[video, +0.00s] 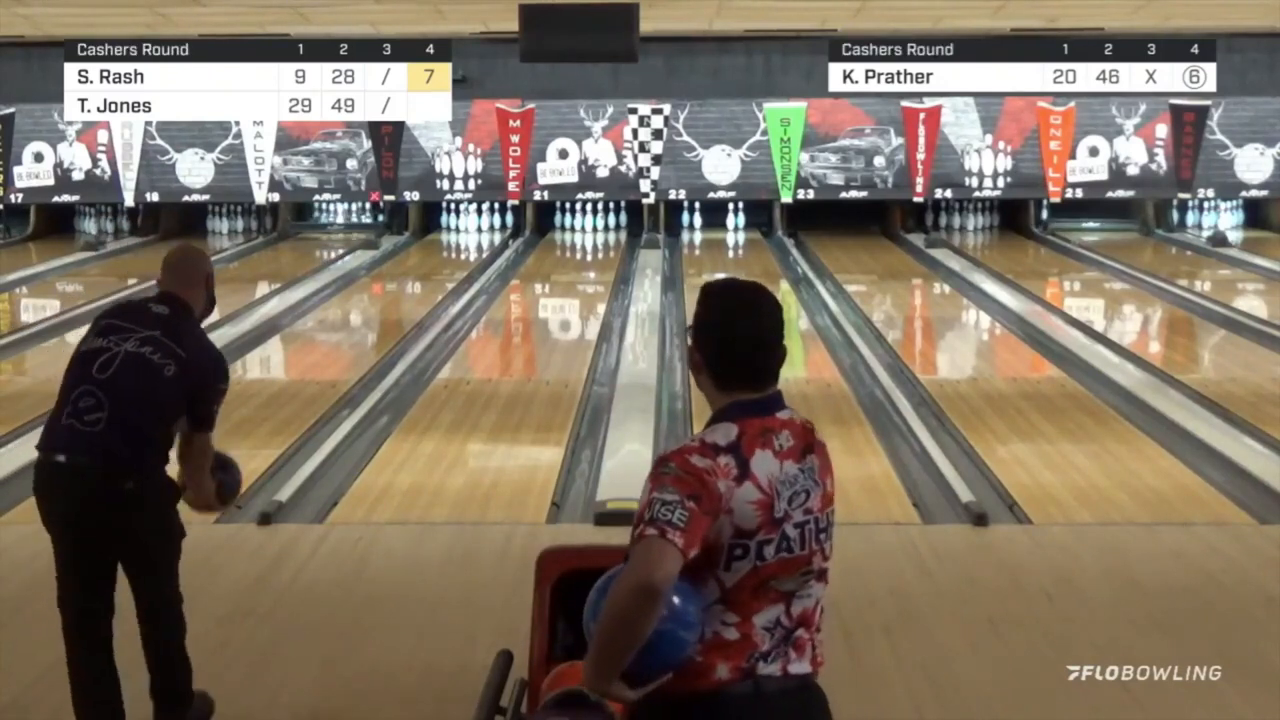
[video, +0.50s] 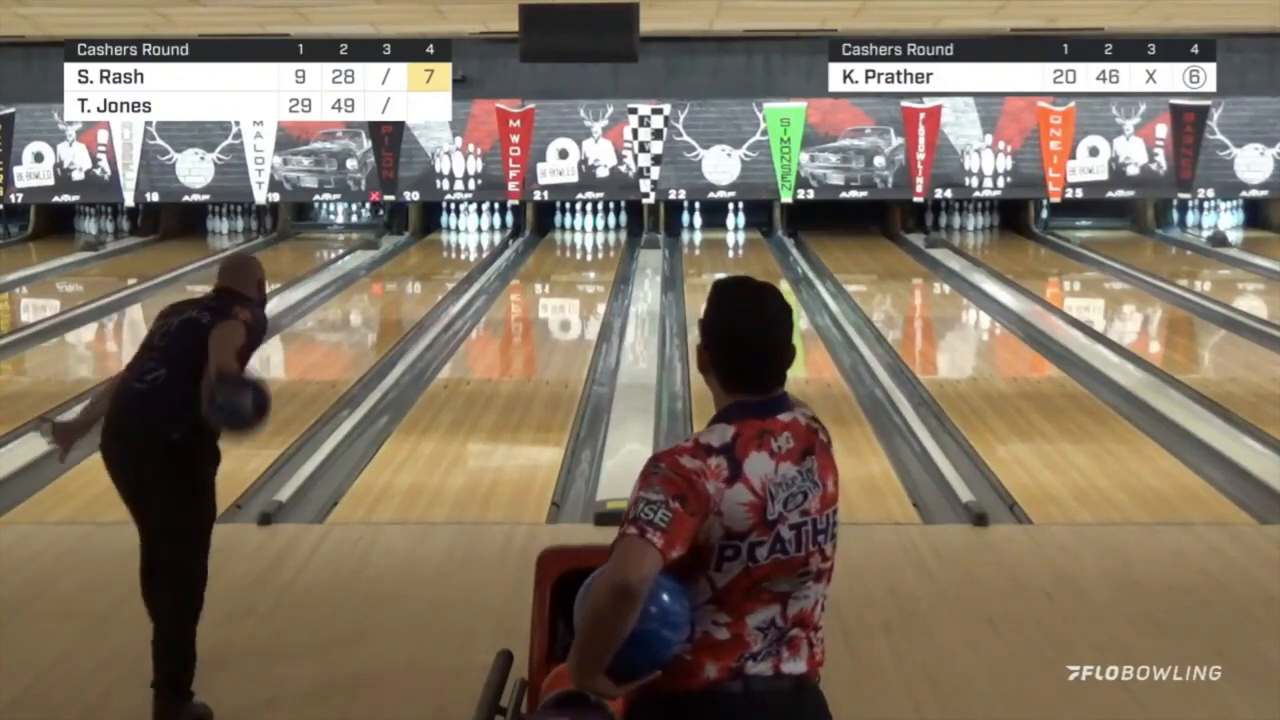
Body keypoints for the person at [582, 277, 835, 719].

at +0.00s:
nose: (689, 350)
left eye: (690, 342)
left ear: (695, 358)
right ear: (780, 356)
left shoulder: (693, 466)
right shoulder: (811, 446)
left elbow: (651, 578)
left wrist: (599, 677)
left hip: (703, 697)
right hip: (797, 689)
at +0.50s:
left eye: (699, 338)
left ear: (702, 357)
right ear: (791, 356)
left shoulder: (686, 467)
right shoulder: (813, 436)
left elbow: (627, 580)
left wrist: (584, 671)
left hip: (696, 695)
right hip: (796, 690)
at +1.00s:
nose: (686, 345)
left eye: (690, 336)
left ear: (702, 359)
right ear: (781, 353)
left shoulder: (691, 465)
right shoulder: (809, 442)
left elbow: (632, 578)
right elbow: (699, 376)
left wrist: (584, 670)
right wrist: (638, 301)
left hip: (695, 696)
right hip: (795, 692)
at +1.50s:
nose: (669, 382)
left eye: (666, 366)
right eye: (665, 367)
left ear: (685, 370)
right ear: (752, 354)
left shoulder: (687, 467)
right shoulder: (811, 453)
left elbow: (636, 579)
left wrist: (585, 669)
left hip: (691, 698)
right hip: (789, 693)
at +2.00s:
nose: (675, 373)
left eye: (674, 361)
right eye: (674, 360)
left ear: (688, 369)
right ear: (760, 354)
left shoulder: (680, 470)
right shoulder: (816, 460)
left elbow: (617, 581)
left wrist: (572, 671)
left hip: (685, 697)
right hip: (788, 695)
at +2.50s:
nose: (680, 363)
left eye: (680, 353)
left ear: (688, 365)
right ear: (770, 354)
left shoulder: (687, 470)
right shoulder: (811, 453)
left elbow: (629, 586)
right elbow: (688, 469)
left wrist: (580, 676)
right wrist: (580, 450)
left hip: (691, 699)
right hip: (790, 695)